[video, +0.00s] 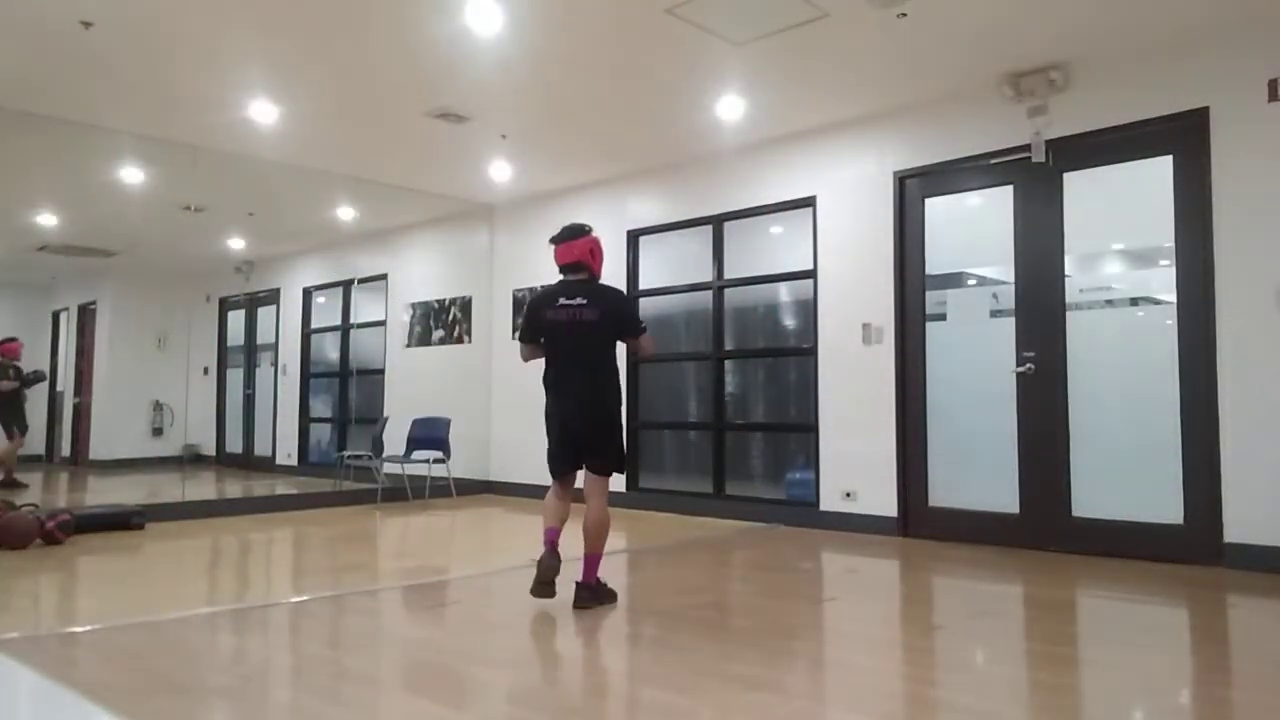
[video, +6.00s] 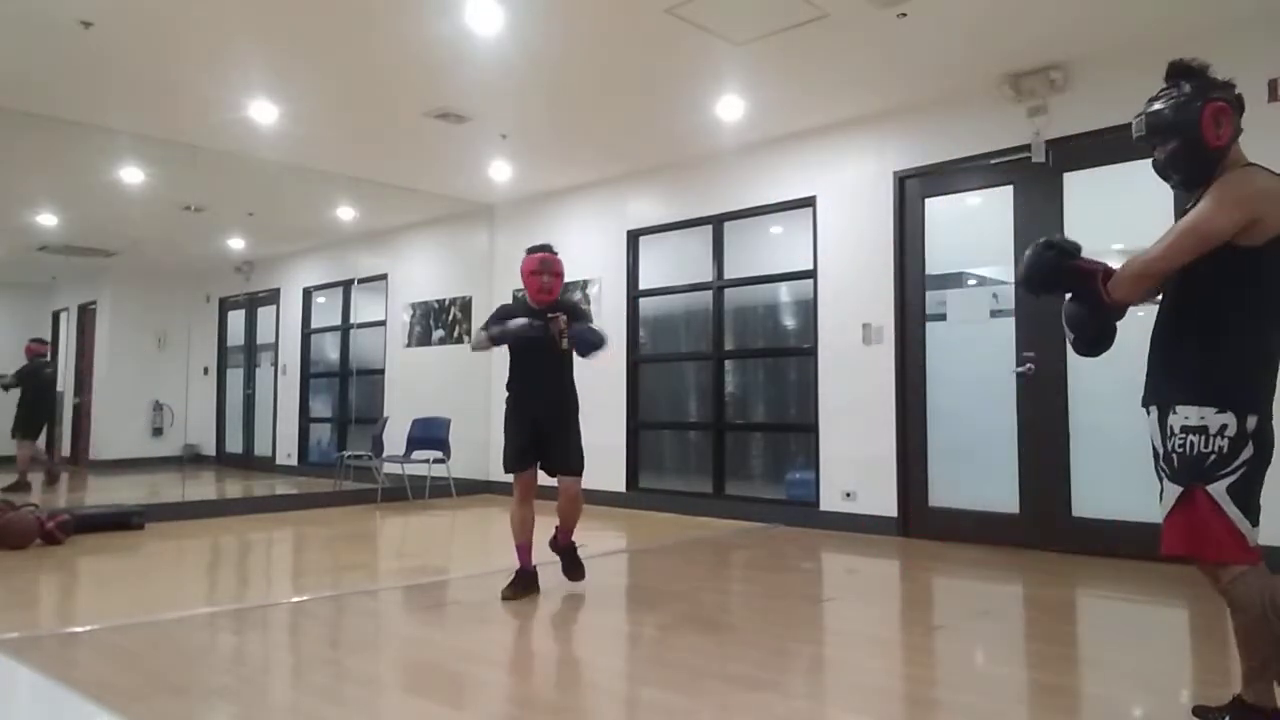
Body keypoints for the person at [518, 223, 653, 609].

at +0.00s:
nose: (601, 257)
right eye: (598, 251)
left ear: (559, 260)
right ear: (594, 256)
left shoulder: (541, 301)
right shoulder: (613, 299)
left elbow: (528, 352)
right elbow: (643, 347)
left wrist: (560, 342)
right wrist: (620, 332)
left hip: (560, 408)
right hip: (601, 407)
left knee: (561, 484)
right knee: (597, 493)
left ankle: (549, 552)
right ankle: (588, 584)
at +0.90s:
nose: (610, 282)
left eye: (595, 277)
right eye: (609, 277)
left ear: (579, 282)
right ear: (611, 281)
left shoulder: (562, 319)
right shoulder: (626, 316)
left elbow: (546, 366)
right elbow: (649, 359)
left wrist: (563, 396)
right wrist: (640, 388)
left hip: (576, 411)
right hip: (616, 409)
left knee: (576, 484)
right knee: (622, 483)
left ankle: (576, 567)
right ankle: (633, 552)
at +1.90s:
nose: (595, 299)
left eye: (597, 295)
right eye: (597, 294)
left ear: (602, 297)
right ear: (629, 296)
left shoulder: (592, 331)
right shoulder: (644, 331)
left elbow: (577, 372)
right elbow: (642, 362)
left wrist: (588, 346)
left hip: (599, 414)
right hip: (630, 413)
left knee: (602, 480)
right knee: (632, 473)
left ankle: (606, 545)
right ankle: (635, 527)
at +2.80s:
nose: (595, 320)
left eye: (597, 314)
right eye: (592, 315)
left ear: (611, 307)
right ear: (597, 312)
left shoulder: (632, 332)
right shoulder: (604, 336)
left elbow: (636, 371)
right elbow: (595, 367)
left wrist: (602, 372)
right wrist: (582, 372)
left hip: (619, 413)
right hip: (607, 411)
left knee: (604, 471)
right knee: (617, 471)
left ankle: (605, 541)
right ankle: (627, 537)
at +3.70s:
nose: (597, 314)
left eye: (603, 308)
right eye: (594, 308)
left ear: (617, 305)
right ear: (590, 307)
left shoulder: (631, 330)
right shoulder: (588, 332)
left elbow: (631, 367)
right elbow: (567, 358)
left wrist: (599, 380)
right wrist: (568, 357)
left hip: (618, 414)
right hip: (589, 412)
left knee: (618, 476)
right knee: (566, 469)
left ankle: (620, 542)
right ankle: (585, 529)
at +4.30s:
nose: (566, 304)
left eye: (573, 297)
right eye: (559, 297)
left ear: (582, 300)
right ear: (550, 300)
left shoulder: (591, 329)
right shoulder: (539, 330)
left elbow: (602, 368)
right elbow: (510, 361)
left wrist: (566, 380)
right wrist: (538, 359)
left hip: (578, 411)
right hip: (547, 411)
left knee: (582, 477)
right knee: (550, 476)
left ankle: (605, 535)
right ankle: (554, 545)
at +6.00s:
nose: (545, 282)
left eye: (552, 275)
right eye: (536, 275)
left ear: (562, 278)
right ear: (523, 279)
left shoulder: (571, 310)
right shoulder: (509, 313)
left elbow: (595, 341)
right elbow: (478, 341)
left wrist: (574, 334)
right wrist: (509, 330)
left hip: (562, 410)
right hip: (522, 411)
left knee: (572, 490)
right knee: (524, 488)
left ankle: (563, 541)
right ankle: (525, 570)